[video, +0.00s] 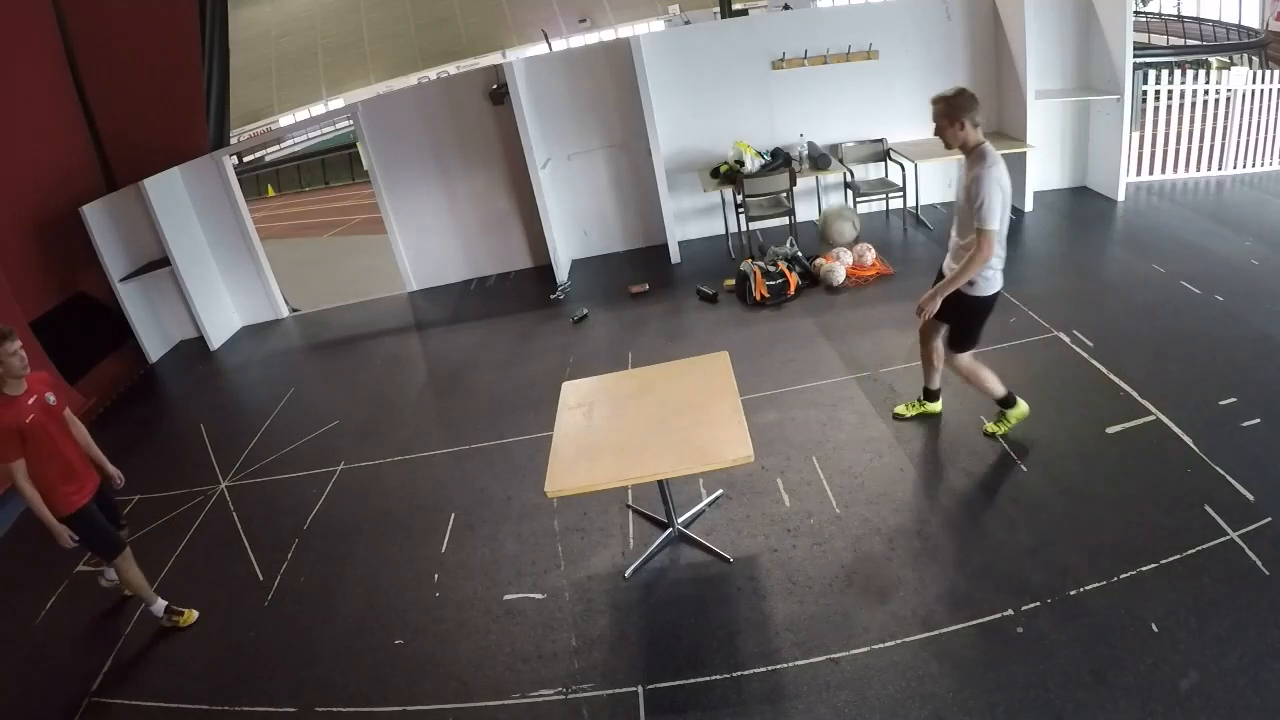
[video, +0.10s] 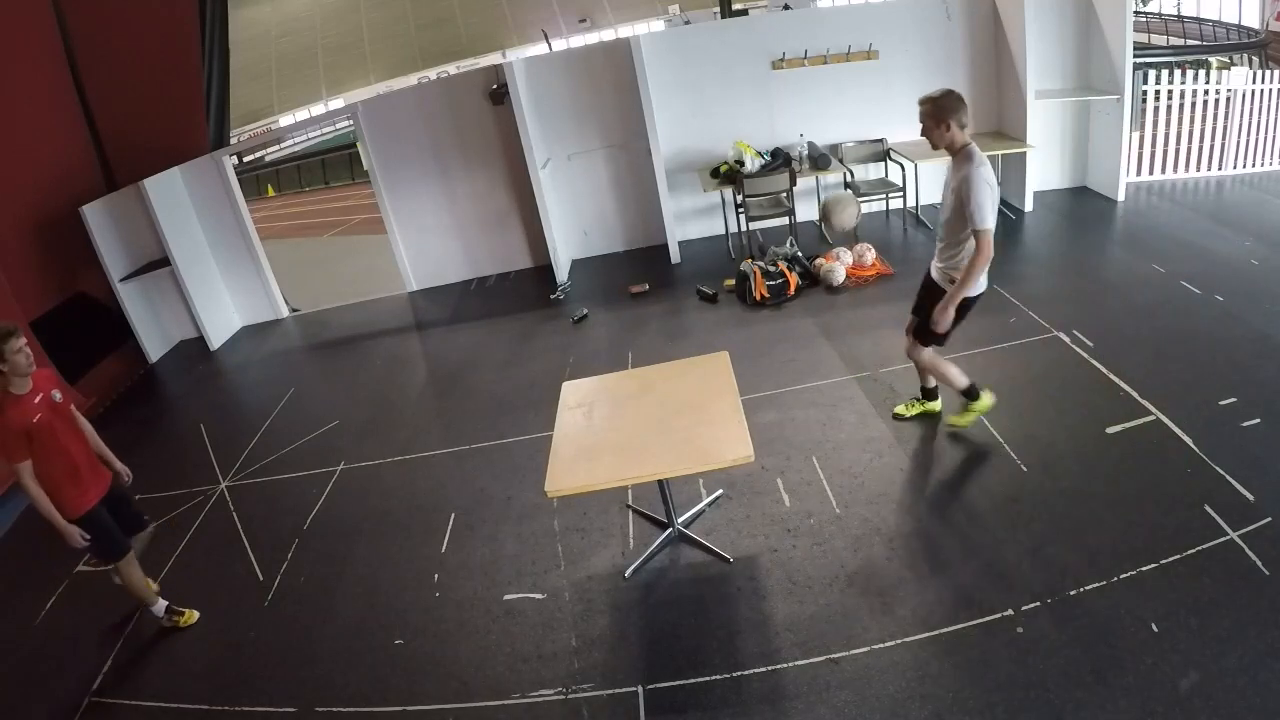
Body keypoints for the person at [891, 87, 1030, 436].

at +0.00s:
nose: (936, 133)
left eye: (939, 126)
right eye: (936, 125)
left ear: (961, 125)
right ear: (965, 124)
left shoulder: (988, 175)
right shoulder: (975, 159)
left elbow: (985, 249)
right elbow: (970, 227)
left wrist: (939, 292)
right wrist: (953, 264)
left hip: (977, 285)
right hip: (954, 270)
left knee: (957, 357)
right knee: (928, 332)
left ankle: (1011, 405)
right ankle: (931, 399)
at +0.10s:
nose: (922, 134)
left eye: (926, 127)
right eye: (922, 127)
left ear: (948, 126)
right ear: (950, 126)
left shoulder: (975, 176)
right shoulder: (961, 161)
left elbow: (985, 252)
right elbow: (960, 226)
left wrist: (950, 303)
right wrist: (939, 266)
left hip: (956, 284)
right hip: (941, 272)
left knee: (916, 349)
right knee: (914, 331)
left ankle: (975, 396)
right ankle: (929, 398)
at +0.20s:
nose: (916, 135)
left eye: (919, 128)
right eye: (915, 128)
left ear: (941, 126)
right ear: (944, 126)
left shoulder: (971, 173)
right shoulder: (956, 160)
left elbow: (987, 248)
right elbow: (953, 224)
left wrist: (962, 305)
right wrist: (930, 261)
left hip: (944, 281)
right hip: (925, 266)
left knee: (908, 347)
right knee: (885, 322)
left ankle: (932, 412)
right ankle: (916, 390)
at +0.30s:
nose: (912, 144)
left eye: (915, 136)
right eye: (912, 137)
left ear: (937, 136)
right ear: (940, 135)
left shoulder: (965, 183)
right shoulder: (948, 169)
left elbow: (972, 258)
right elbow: (942, 232)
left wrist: (949, 319)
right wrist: (919, 266)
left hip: (930, 290)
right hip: (912, 266)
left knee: (896, 353)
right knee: (851, 293)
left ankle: (930, 413)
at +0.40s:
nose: (905, 143)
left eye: (909, 136)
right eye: (905, 136)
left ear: (930, 136)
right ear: (933, 135)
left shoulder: (953, 184)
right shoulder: (941, 170)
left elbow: (944, 253)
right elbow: (930, 236)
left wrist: (911, 314)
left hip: (927, 288)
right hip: (908, 264)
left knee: (895, 356)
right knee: (842, 266)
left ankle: (930, 413)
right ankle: (867, 331)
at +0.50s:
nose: (898, 132)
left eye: (903, 125)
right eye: (898, 125)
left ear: (924, 126)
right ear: (926, 126)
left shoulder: (943, 175)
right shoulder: (934, 163)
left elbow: (924, 248)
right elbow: (924, 230)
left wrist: (879, 296)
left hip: (928, 278)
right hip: (908, 259)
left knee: (902, 353)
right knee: (839, 283)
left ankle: (931, 413)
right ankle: (875, 347)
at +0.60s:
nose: (894, 128)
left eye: (897, 121)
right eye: (893, 121)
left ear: (919, 120)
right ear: (920, 120)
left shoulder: (936, 168)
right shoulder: (927, 159)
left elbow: (918, 241)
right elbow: (912, 229)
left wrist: (872, 287)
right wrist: (883, 251)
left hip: (922, 277)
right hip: (906, 268)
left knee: (898, 349)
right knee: (858, 320)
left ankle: (931, 411)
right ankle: (894, 381)